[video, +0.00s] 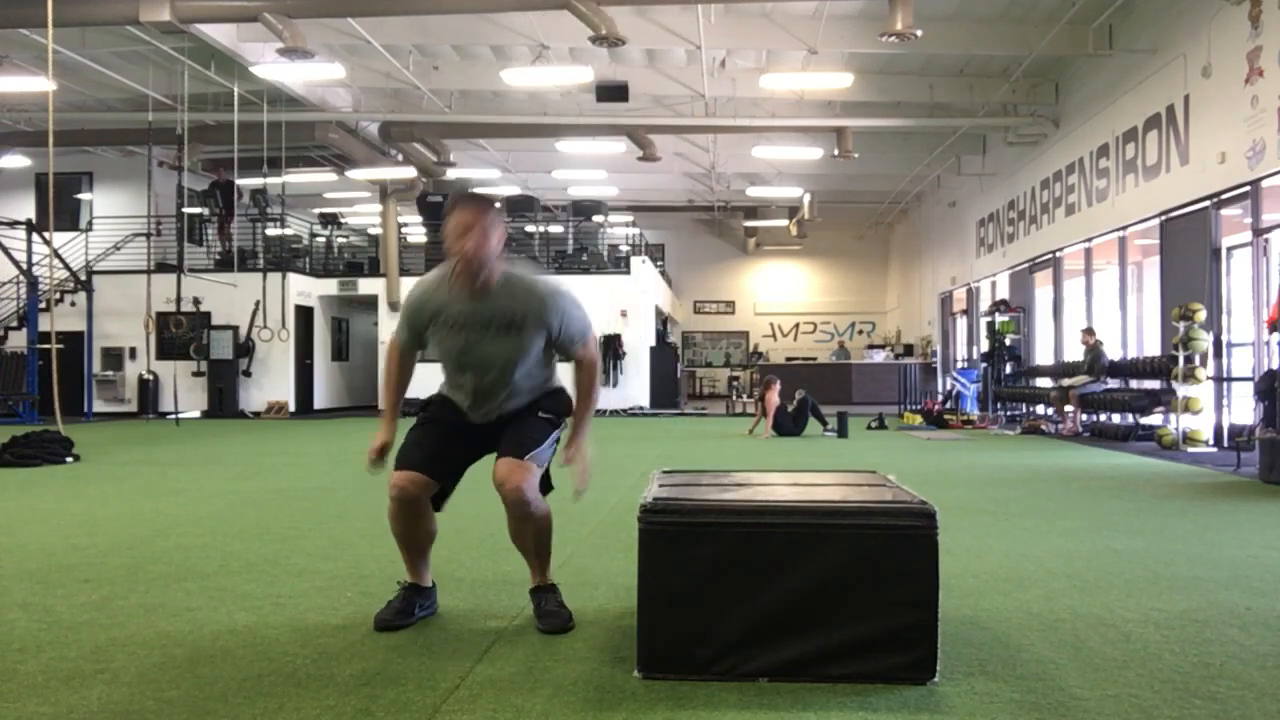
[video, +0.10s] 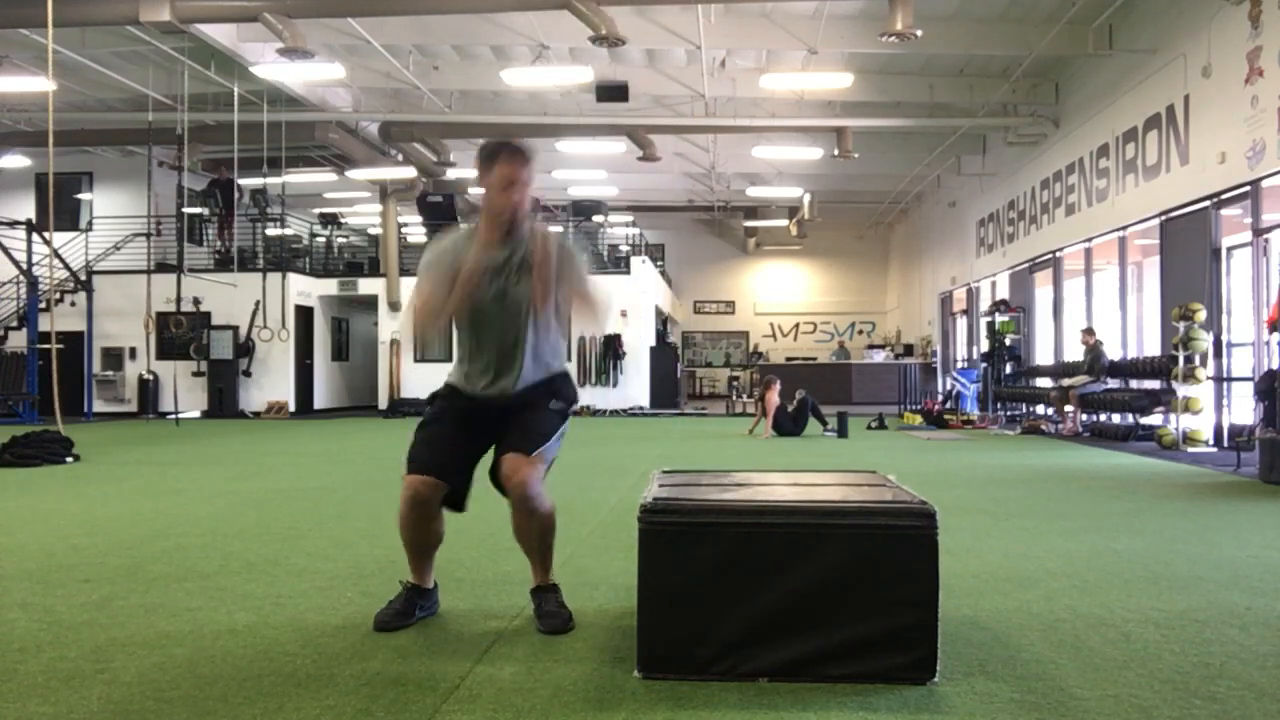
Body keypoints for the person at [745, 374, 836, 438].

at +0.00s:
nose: (779, 387)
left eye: (779, 384)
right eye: (778, 385)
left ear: (767, 385)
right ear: (773, 385)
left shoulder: (764, 396)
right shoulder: (772, 396)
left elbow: (759, 415)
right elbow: (770, 415)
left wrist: (751, 429)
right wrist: (767, 433)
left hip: (784, 430)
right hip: (793, 431)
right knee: (807, 399)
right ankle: (826, 426)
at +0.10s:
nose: (779, 387)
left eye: (779, 385)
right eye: (778, 385)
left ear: (767, 385)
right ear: (773, 385)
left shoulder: (764, 396)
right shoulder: (772, 396)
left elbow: (759, 415)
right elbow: (770, 416)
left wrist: (751, 430)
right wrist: (767, 433)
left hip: (785, 430)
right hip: (793, 431)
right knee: (807, 399)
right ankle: (826, 426)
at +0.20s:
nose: (779, 387)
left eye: (779, 384)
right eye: (778, 384)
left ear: (767, 385)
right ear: (773, 385)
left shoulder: (764, 396)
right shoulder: (772, 396)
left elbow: (759, 416)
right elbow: (770, 416)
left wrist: (751, 430)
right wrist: (767, 433)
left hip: (785, 430)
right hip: (793, 431)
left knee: (805, 399)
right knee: (807, 400)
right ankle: (826, 426)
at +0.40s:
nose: (779, 387)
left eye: (779, 384)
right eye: (778, 384)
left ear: (767, 385)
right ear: (773, 385)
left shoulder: (764, 396)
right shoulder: (772, 396)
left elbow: (759, 416)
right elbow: (770, 416)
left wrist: (751, 429)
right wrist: (767, 433)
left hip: (785, 430)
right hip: (793, 431)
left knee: (807, 402)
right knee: (807, 401)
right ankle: (826, 426)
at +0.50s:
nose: (779, 387)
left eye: (779, 384)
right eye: (778, 384)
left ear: (767, 385)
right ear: (773, 385)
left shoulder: (764, 396)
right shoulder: (772, 396)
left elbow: (759, 415)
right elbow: (770, 415)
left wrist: (751, 429)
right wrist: (767, 433)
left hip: (785, 430)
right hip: (793, 431)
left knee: (807, 402)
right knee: (807, 401)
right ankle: (826, 426)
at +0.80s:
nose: (779, 387)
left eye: (779, 384)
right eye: (778, 384)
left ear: (771, 386)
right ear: (772, 386)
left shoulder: (766, 396)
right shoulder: (772, 397)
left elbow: (759, 416)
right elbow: (769, 416)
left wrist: (751, 429)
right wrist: (767, 433)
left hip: (785, 429)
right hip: (793, 430)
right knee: (808, 401)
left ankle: (799, 401)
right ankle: (826, 426)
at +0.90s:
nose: (779, 387)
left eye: (779, 385)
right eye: (778, 385)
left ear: (770, 386)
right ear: (772, 386)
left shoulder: (766, 396)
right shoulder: (771, 397)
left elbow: (760, 415)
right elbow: (769, 416)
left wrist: (751, 429)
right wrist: (767, 433)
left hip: (786, 429)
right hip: (792, 430)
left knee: (809, 401)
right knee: (807, 401)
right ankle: (826, 426)